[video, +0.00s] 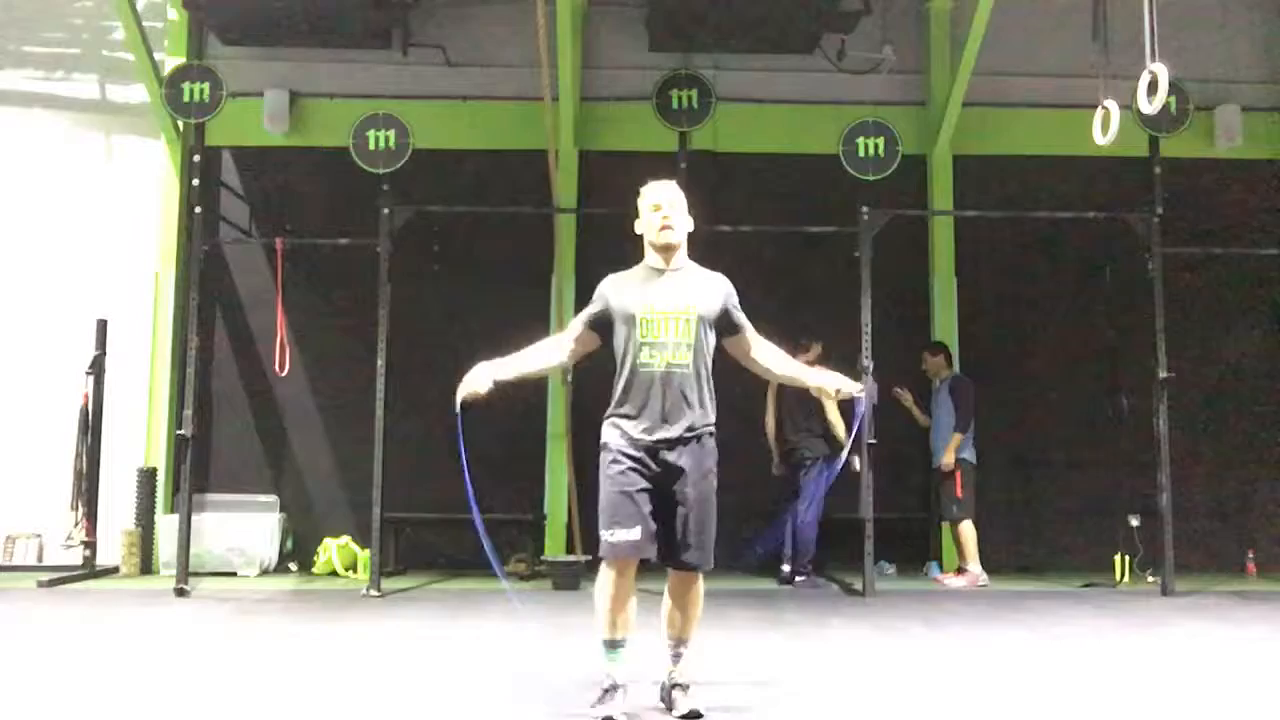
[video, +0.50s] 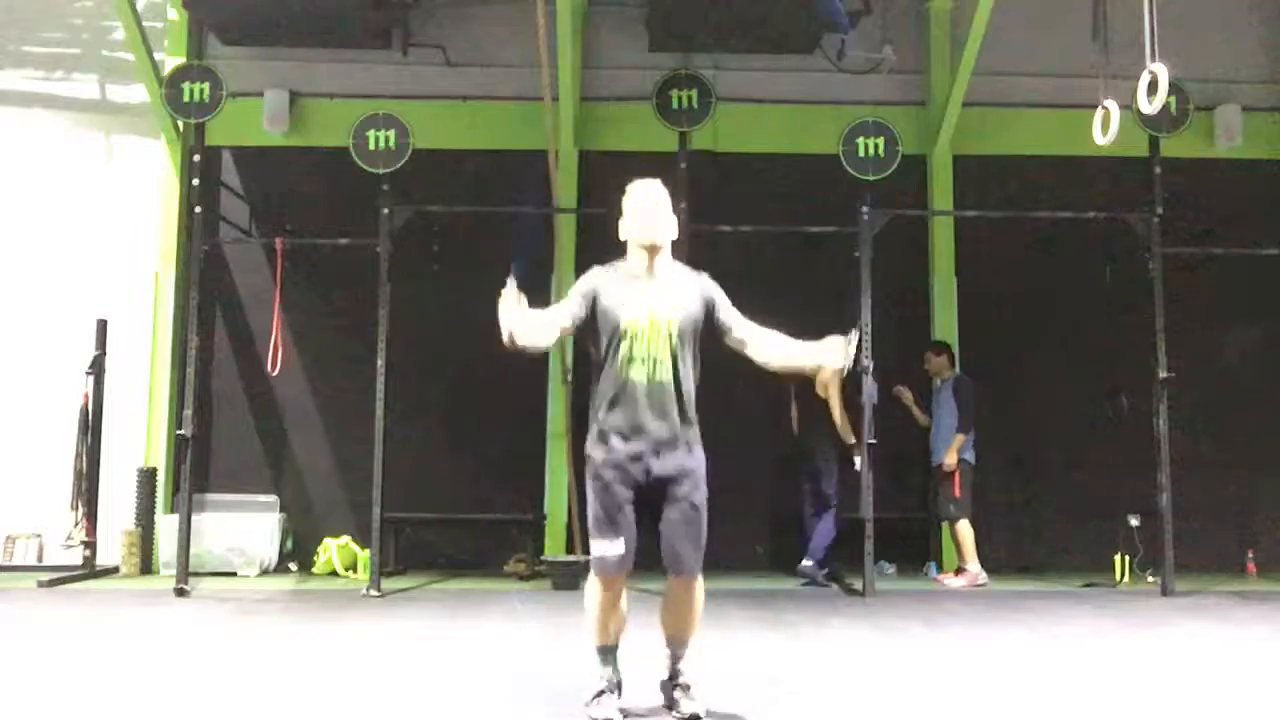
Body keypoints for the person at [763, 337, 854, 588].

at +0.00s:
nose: (819, 352)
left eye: (816, 348)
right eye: (818, 348)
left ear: (794, 348)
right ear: (814, 349)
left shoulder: (778, 378)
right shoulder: (818, 377)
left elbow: (770, 422)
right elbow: (833, 416)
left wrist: (776, 456)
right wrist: (844, 444)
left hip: (789, 450)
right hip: (814, 449)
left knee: (795, 505)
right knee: (807, 508)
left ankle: (787, 565)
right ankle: (802, 569)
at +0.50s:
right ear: (839, 350)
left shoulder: (798, 375)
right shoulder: (831, 371)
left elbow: (795, 411)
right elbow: (837, 412)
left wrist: (798, 435)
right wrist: (852, 442)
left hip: (804, 441)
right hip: (823, 443)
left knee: (811, 501)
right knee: (830, 503)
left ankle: (820, 564)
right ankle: (811, 560)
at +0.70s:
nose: (839, 354)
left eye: (838, 350)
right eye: (837, 349)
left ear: (827, 352)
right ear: (829, 351)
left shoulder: (818, 375)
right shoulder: (830, 375)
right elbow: (833, 412)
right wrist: (844, 444)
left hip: (814, 448)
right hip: (827, 449)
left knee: (816, 503)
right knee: (836, 501)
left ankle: (821, 557)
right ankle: (826, 556)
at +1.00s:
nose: (852, 356)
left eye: (852, 351)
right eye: (847, 352)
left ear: (834, 360)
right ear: (836, 356)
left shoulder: (828, 379)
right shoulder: (841, 380)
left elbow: (836, 416)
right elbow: (839, 417)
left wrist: (866, 420)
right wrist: (851, 451)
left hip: (819, 449)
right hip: (836, 450)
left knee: (820, 508)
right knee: (852, 507)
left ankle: (823, 562)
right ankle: (864, 563)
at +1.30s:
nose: (864, 358)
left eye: (864, 353)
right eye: (859, 353)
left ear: (855, 358)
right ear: (851, 357)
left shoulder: (859, 380)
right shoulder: (852, 379)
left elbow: (866, 418)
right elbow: (857, 419)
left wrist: (893, 411)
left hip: (853, 450)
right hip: (850, 450)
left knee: (851, 506)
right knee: (853, 505)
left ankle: (843, 564)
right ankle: (850, 564)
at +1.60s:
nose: (878, 357)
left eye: (878, 352)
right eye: (875, 351)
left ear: (872, 357)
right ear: (868, 354)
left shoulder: (868, 380)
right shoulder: (859, 380)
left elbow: (875, 417)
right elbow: (863, 421)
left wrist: (899, 410)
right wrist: (898, 427)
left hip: (871, 447)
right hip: (862, 449)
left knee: (870, 506)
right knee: (865, 507)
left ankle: (864, 559)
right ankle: (868, 562)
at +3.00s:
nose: (894, 369)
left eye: (895, 365)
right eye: (893, 363)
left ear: (886, 364)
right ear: (883, 360)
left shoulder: (877, 383)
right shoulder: (862, 379)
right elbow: (857, 414)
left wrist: (879, 424)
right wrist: (876, 424)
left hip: (875, 444)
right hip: (862, 445)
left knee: (871, 503)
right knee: (861, 502)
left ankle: (863, 557)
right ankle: (860, 559)